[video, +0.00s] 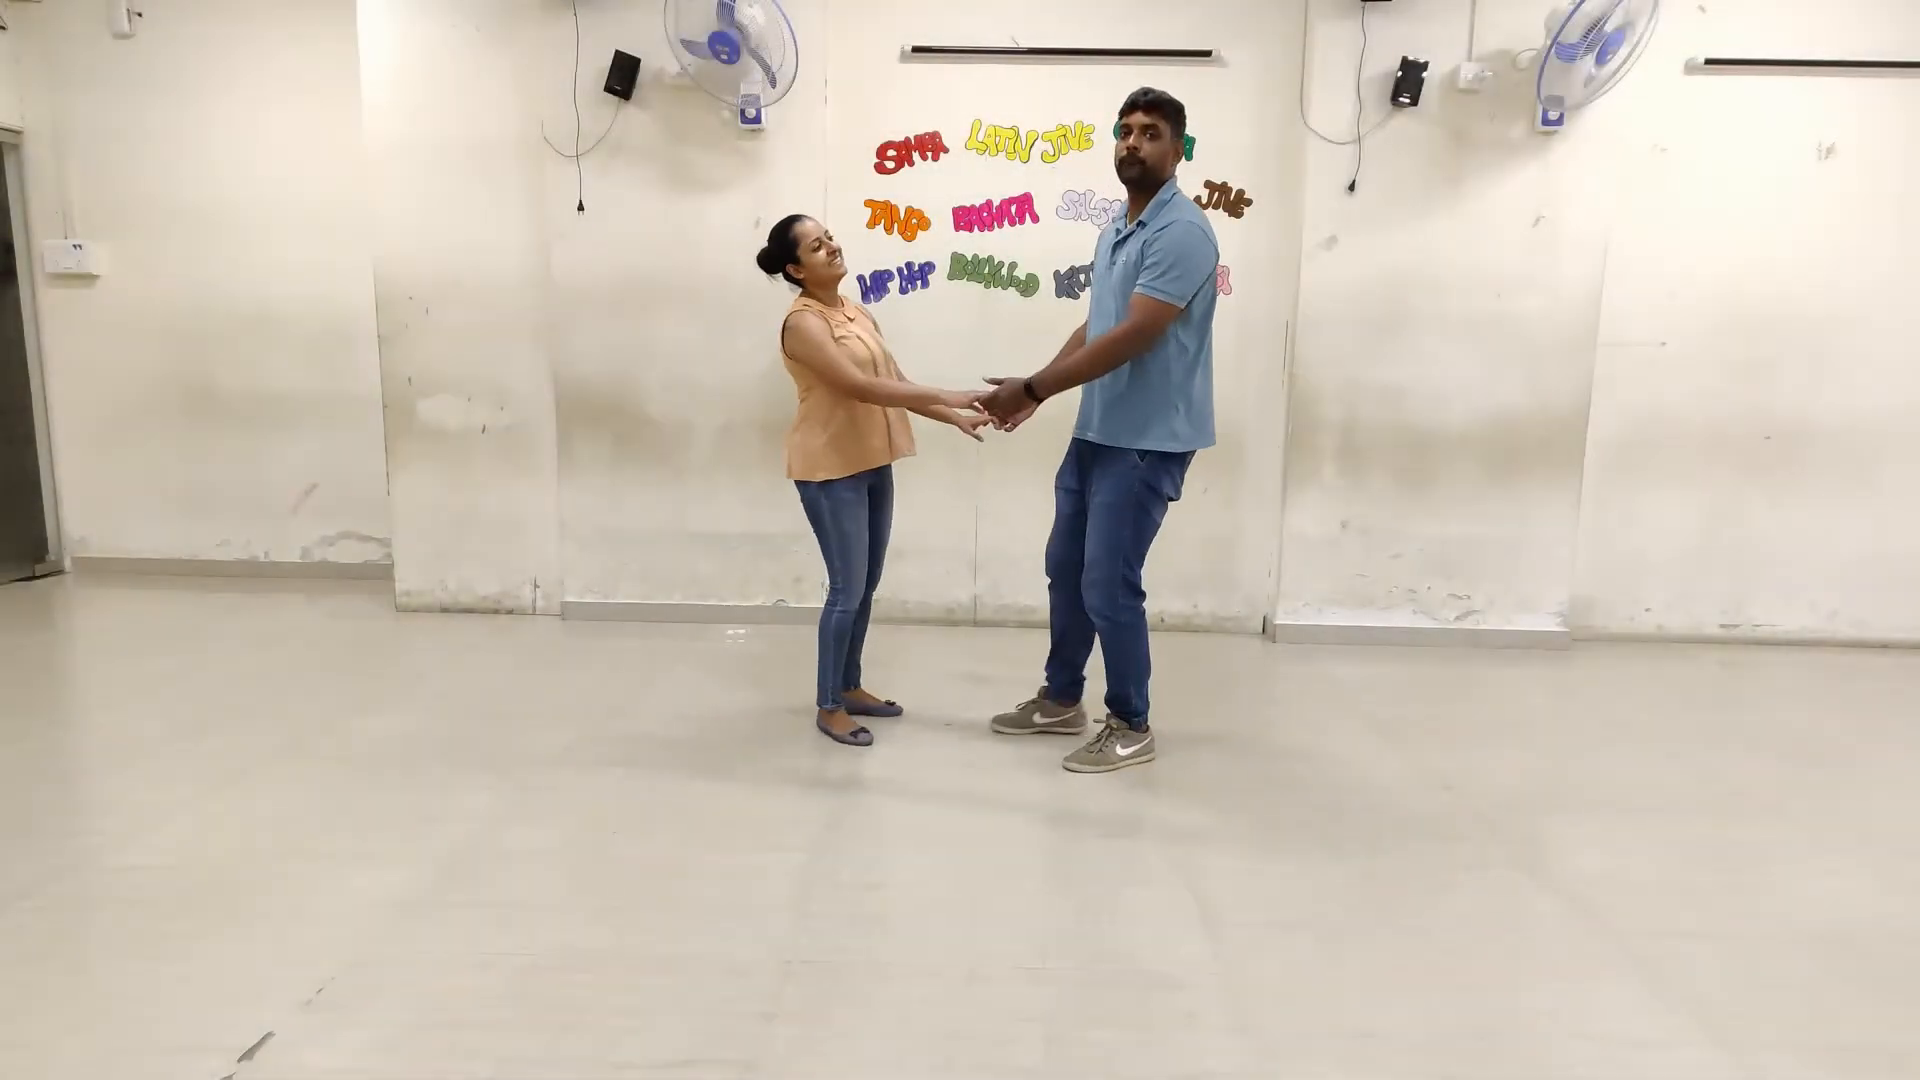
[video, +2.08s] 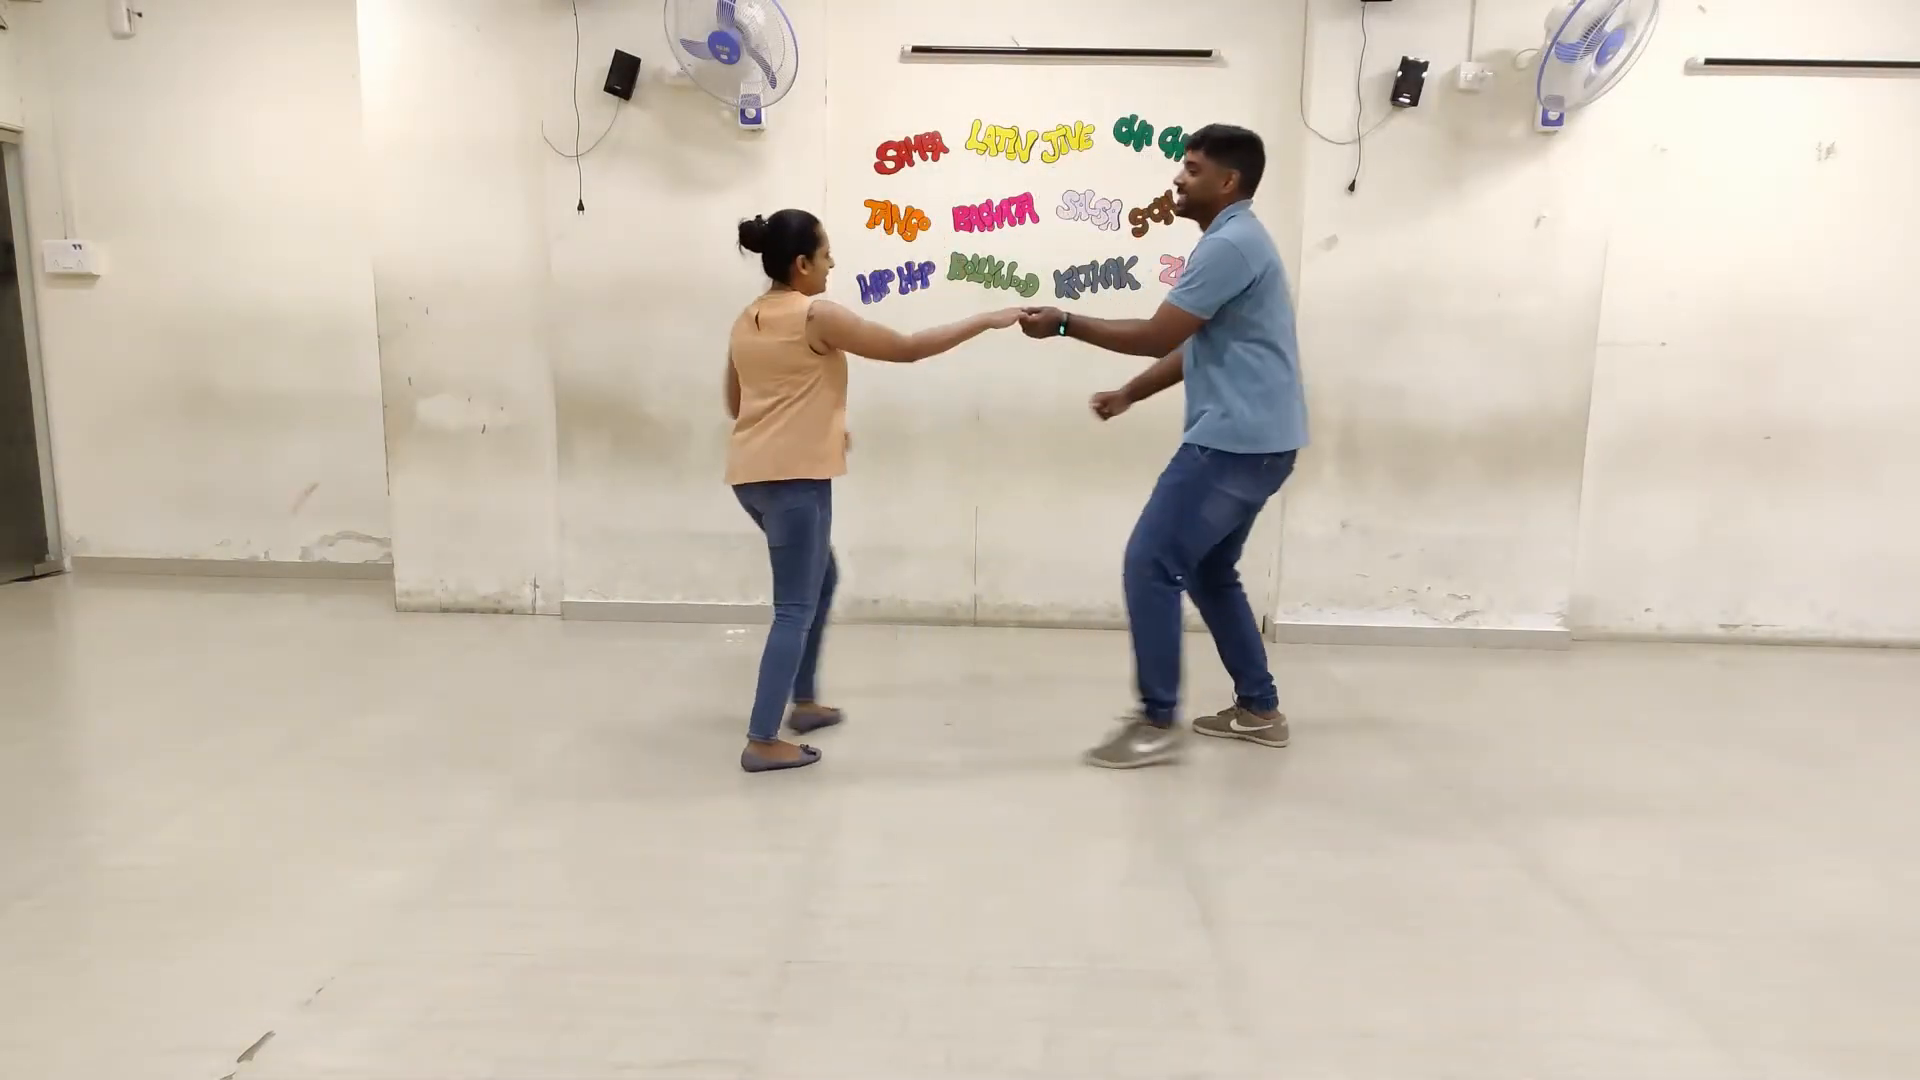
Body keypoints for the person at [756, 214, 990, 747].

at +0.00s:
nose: (833, 247)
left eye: (830, 238)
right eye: (817, 246)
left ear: (836, 248)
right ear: (795, 269)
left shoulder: (856, 313)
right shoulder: (802, 324)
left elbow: (896, 386)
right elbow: (858, 387)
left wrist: (955, 411)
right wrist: (947, 402)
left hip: (873, 466)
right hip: (830, 473)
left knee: (864, 586)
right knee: (846, 589)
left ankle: (849, 689)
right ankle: (828, 708)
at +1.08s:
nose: (900, 267)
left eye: (896, 258)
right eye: (889, 259)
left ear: (865, 272)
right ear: (860, 271)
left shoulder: (871, 332)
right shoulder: (853, 334)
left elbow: (903, 418)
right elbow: (889, 422)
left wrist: (981, 420)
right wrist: (977, 429)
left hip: (882, 493)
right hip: (849, 496)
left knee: (933, 584)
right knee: (863, 614)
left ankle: (923, 706)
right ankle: (799, 719)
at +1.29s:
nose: (947, 246)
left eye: (943, 238)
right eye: (936, 238)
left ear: (911, 250)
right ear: (907, 249)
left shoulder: (919, 311)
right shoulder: (900, 314)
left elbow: (926, 398)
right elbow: (917, 404)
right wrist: (993, 380)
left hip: (930, 469)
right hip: (900, 473)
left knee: (951, 587)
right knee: (931, 594)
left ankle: (925, 702)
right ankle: (842, 685)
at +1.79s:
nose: (903, 266)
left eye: (900, 256)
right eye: (895, 257)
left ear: (863, 264)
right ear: (868, 263)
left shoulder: (851, 319)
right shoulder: (857, 322)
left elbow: (898, 393)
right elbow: (913, 397)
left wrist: (950, 374)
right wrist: (999, 376)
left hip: (871, 484)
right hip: (853, 486)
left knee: (907, 588)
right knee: (862, 613)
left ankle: (924, 707)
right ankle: (779, 721)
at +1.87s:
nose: (872, 271)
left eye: (869, 261)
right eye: (865, 262)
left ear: (830, 269)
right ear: (838, 268)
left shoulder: (808, 323)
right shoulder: (832, 329)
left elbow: (873, 396)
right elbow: (898, 403)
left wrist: (927, 395)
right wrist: (984, 400)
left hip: (826, 487)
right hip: (822, 490)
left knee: (877, 589)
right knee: (829, 618)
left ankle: (915, 705)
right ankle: (765, 738)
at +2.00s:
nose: (845, 270)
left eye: (843, 261)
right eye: (839, 262)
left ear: (802, 267)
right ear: (812, 268)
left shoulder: (772, 323)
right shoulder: (821, 326)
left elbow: (800, 398)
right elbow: (904, 374)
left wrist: (862, 416)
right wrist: (984, 353)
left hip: (780, 480)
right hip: (803, 486)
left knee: (852, 580)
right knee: (811, 614)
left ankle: (868, 706)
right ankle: (763, 741)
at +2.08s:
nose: (830, 265)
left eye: (828, 254)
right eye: (824, 256)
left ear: (779, 263)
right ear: (800, 262)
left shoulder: (747, 320)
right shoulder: (818, 315)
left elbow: (736, 405)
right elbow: (905, 348)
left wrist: (816, 424)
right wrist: (986, 319)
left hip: (751, 474)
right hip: (797, 475)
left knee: (823, 576)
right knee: (794, 608)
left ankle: (803, 702)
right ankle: (763, 739)